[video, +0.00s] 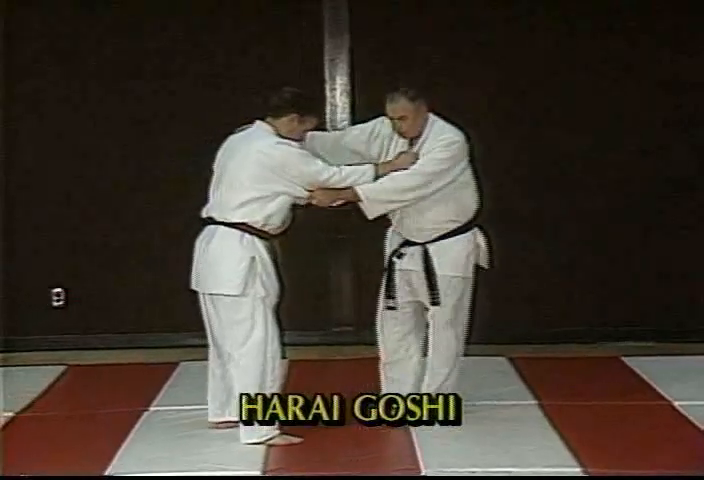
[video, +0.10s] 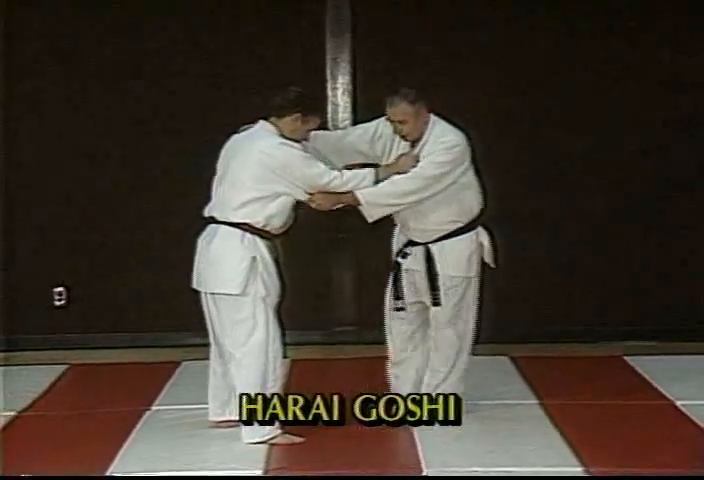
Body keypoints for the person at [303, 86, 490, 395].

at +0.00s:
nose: (397, 128)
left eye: (403, 120)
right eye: (393, 121)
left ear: (423, 112)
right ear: (388, 117)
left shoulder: (449, 142)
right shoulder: (384, 132)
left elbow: (413, 183)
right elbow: (338, 142)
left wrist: (349, 194)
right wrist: (289, 140)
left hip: (449, 244)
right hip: (402, 242)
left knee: (444, 330)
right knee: (396, 328)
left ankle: (436, 411)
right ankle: (396, 408)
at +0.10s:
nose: (398, 130)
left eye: (404, 122)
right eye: (393, 123)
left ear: (424, 114)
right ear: (388, 119)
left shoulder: (450, 143)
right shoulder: (386, 133)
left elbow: (412, 186)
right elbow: (340, 142)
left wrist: (346, 199)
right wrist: (289, 140)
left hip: (453, 243)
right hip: (408, 241)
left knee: (447, 328)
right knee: (403, 325)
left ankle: (440, 406)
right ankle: (403, 401)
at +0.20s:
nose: (400, 132)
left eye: (405, 124)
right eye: (395, 125)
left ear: (425, 115)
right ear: (390, 121)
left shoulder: (450, 144)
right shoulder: (387, 132)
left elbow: (414, 187)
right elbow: (340, 141)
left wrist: (347, 201)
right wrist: (290, 138)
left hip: (454, 245)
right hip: (412, 243)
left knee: (449, 329)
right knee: (412, 327)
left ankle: (443, 407)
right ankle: (419, 401)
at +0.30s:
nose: (400, 131)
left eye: (406, 124)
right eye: (395, 124)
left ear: (426, 116)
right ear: (391, 120)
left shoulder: (451, 146)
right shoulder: (386, 133)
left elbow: (412, 189)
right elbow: (341, 141)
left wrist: (346, 202)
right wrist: (291, 138)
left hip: (457, 243)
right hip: (419, 243)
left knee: (452, 325)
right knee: (429, 323)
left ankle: (447, 398)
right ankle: (436, 390)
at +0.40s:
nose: (401, 132)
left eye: (407, 124)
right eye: (396, 124)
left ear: (427, 116)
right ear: (392, 120)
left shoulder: (451, 146)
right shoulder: (388, 132)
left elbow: (412, 190)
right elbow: (343, 140)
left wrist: (344, 202)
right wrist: (294, 136)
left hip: (456, 242)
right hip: (422, 239)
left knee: (450, 322)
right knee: (437, 303)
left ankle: (441, 396)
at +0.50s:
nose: (402, 132)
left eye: (408, 125)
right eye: (397, 125)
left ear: (428, 117)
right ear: (392, 121)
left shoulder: (451, 146)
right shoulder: (390, 132)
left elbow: (413, 189)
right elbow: (345, 140)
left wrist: (345, 203)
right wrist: (294, 135)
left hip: (458, 242)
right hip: (422, 239)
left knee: (449, 321)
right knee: (440, 300)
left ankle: (443, 394)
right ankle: (485, 329)